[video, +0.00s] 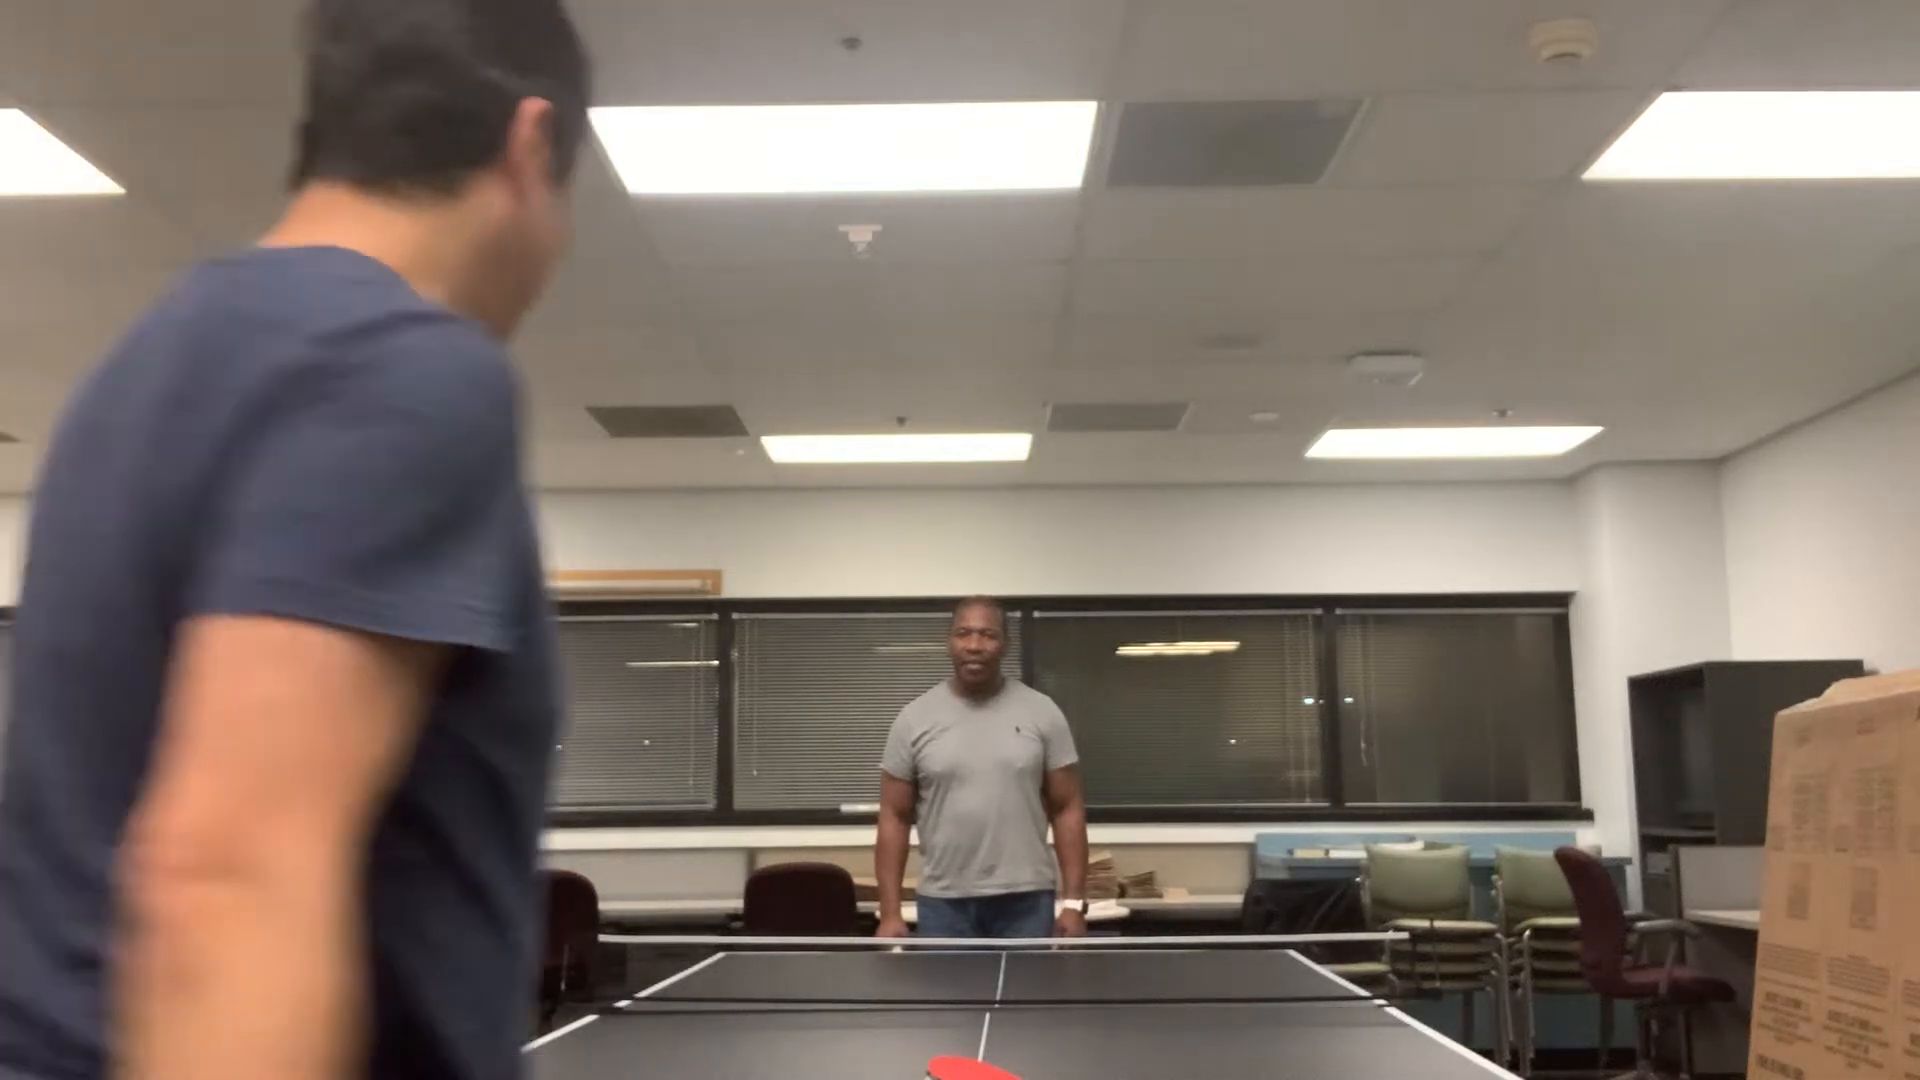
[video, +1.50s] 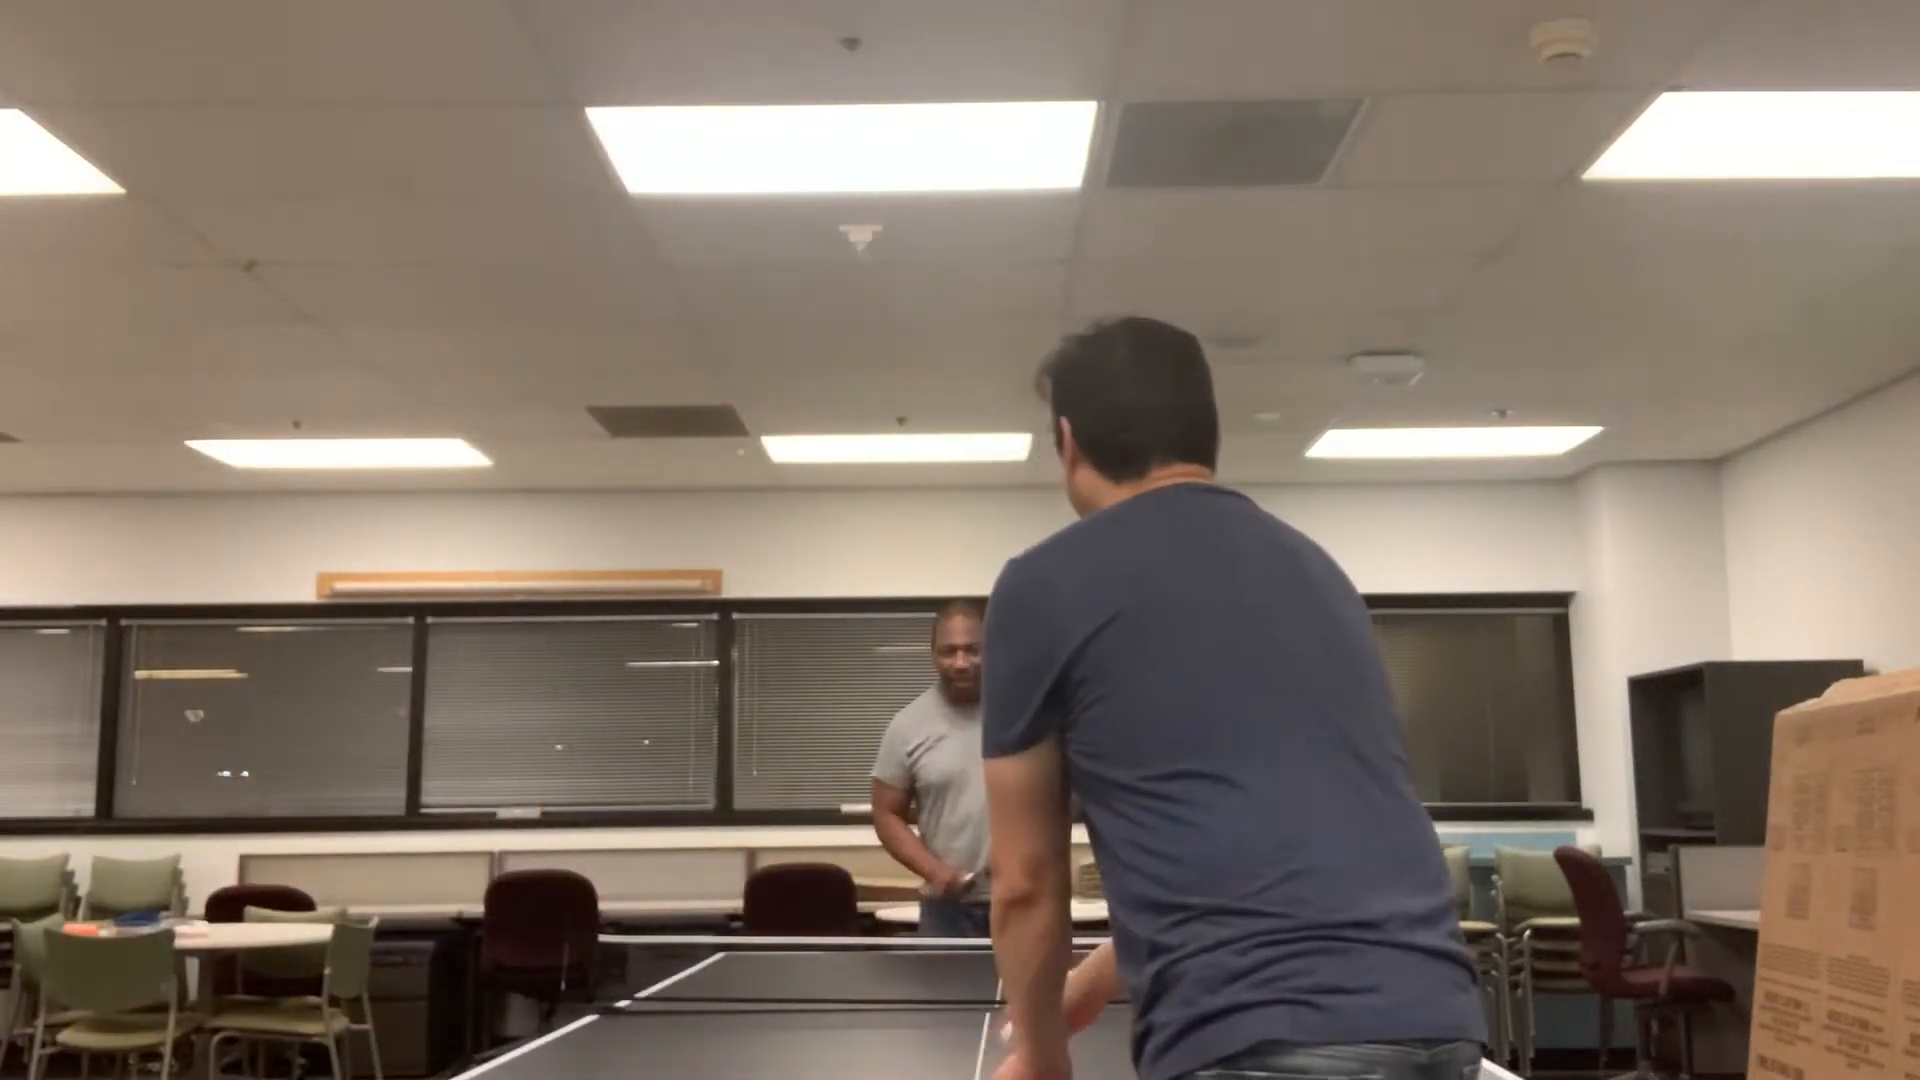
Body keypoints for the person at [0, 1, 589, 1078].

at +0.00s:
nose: (558, 245)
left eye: (569, 195)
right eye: (569, 188)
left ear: (330, 128)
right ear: (528, 146)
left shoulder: (151, 355)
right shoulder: (406, 367)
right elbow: (229, 875)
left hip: (56, 1039)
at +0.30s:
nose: (765, 239)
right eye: (770, 213)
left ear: (545, 214)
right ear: (753, 211)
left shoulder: (361, 433)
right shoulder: (808, 429)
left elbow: (226, 790)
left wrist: (360, 987)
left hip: (377, 1044)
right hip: (675, 1049)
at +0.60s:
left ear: (641, 329)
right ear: (822, 309)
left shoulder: (527, 538)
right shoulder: (946, 490)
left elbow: (449, 875)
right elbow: (1077, 780)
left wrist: (564, 987)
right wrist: (1101, 879)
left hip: (607, 1048)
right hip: (882, 1048)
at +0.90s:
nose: (811, 411)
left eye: (804, 396)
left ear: (815, 401)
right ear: (975, 377)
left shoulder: (754, 579)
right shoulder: (1113, 544)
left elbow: (756, 887)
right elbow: (1108, 796)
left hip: (852, 1053)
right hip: (1098, 1049)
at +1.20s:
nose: (982, 459)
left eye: (977, 441)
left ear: (990, 443)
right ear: (1132, 426)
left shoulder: (982, 584)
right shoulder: (1235, 557)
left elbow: (976, 894)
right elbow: (1135, 836)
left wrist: (1015, 1045)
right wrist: (1006, 1013)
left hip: (1157, 1035)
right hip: (1350, 1021)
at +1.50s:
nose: (1057, 464)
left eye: (1053, 446)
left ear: (1068, 444)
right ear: (1209, 434)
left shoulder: (1050, 582)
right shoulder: (1313, 565)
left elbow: (1024, 883)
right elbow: (1250, 842)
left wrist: (1038, 1052)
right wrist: (1083, 991)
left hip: (1257, 1036)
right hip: (1439, 1026)